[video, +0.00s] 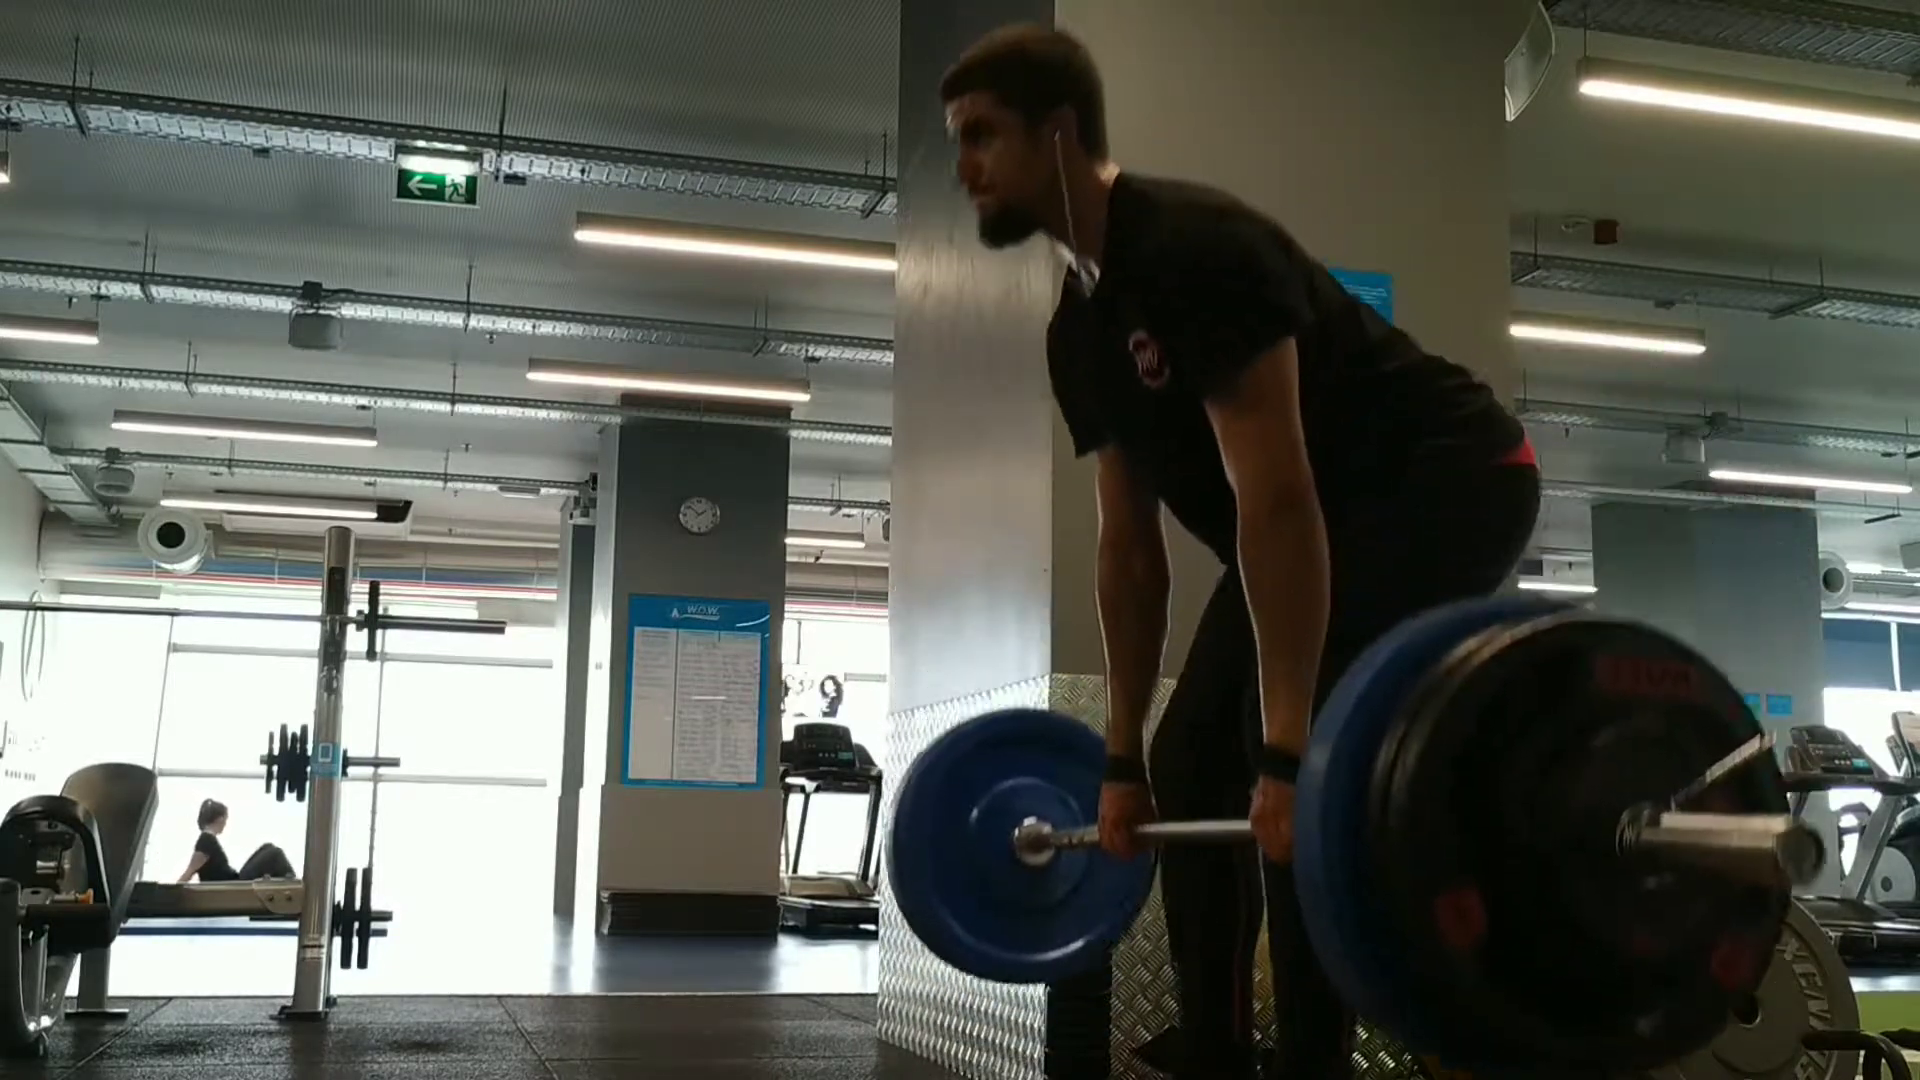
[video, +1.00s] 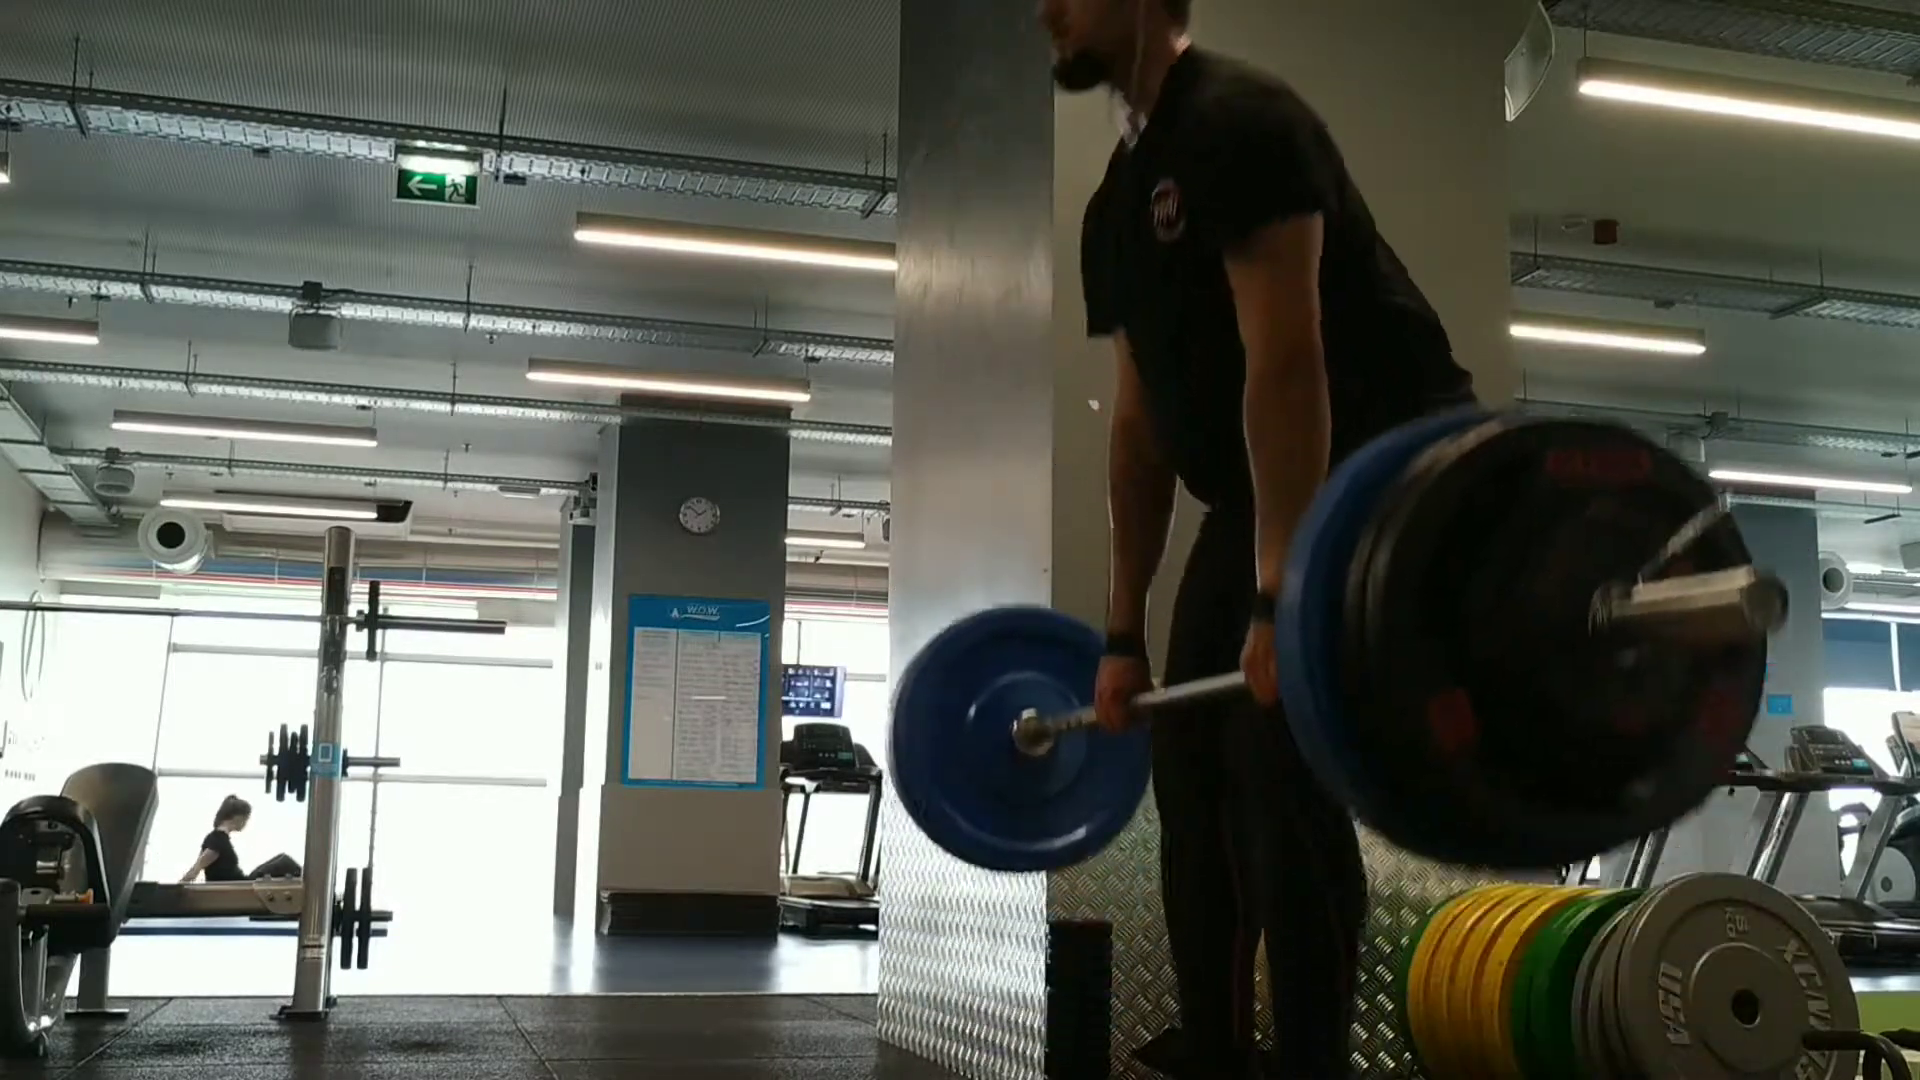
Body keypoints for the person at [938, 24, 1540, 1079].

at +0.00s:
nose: (965, 169)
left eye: (980, 138)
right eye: (958, 145)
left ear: (1061, 131)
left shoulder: (1196, 245)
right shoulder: (1078, 327)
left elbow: (1281, 508)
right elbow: (1128, 550)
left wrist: (1284, 756)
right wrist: (1122, 756)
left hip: (1442, 491)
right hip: (1303, 521)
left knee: (1311, 772)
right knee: (1194, 762)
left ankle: (1313, 1056)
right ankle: (1210, 1040)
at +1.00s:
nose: (1047, 15)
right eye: (1048, 2)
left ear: (1142, 2)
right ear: (1119, 16)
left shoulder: (1241, 116)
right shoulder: (1115, 199)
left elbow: (1290, 364)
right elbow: (1137, 422)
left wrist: (1280, 598)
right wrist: (1123, 634)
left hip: (1377, 486)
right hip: (1252, 503)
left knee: (1283, 752)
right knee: (1184, 747)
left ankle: (1311, 1058)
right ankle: (1211, 1043)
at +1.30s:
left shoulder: (1344, 49)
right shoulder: (1215, 111)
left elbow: (1331, 280)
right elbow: (1178, 332)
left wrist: (1282, 494)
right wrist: (1124, 545)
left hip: (1268, 492)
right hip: (1182, 500)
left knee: (1280, 783)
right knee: (1200, 790)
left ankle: (1311, 1054)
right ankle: (1210, 1048)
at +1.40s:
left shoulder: (1363, 61)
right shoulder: (1250, 109)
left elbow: (1338, 281)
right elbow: (1187, 329)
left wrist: (1274, 497)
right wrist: (1123, 544)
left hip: (1260, 493)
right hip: (1182, 500)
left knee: (1271, 784)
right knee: (1187, 784)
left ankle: (1308, 1058)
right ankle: (1209, 1048)